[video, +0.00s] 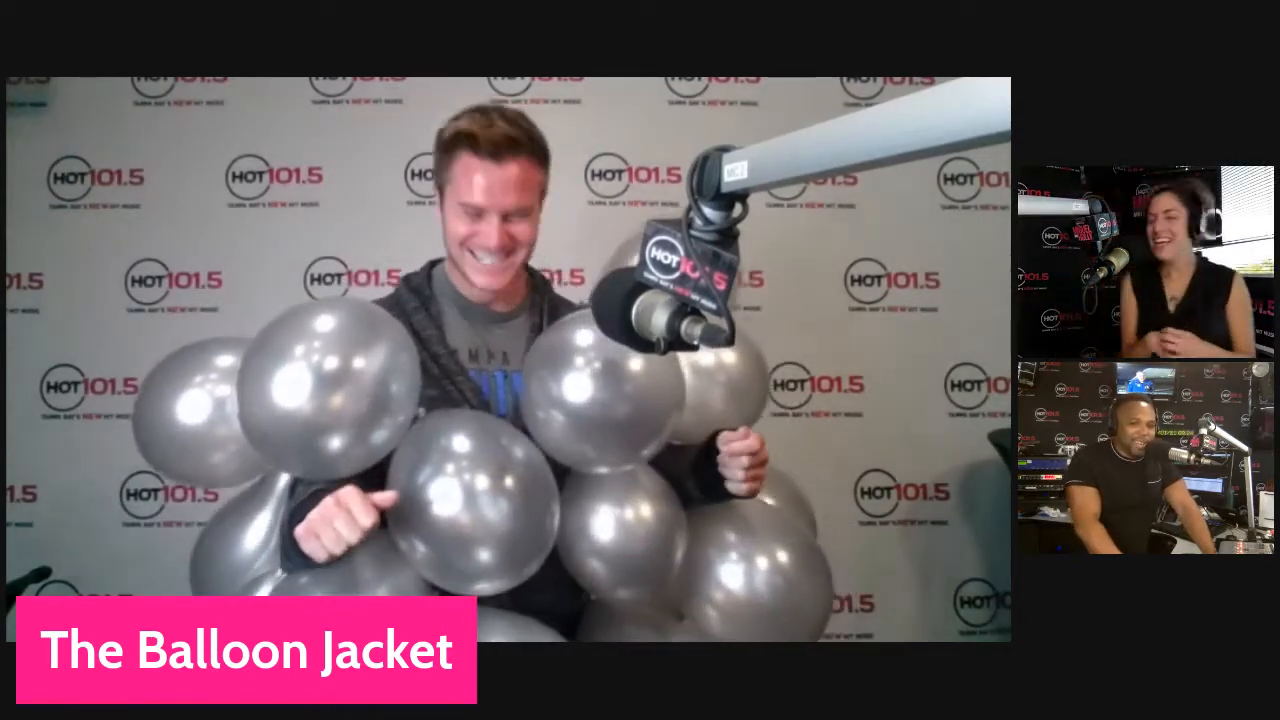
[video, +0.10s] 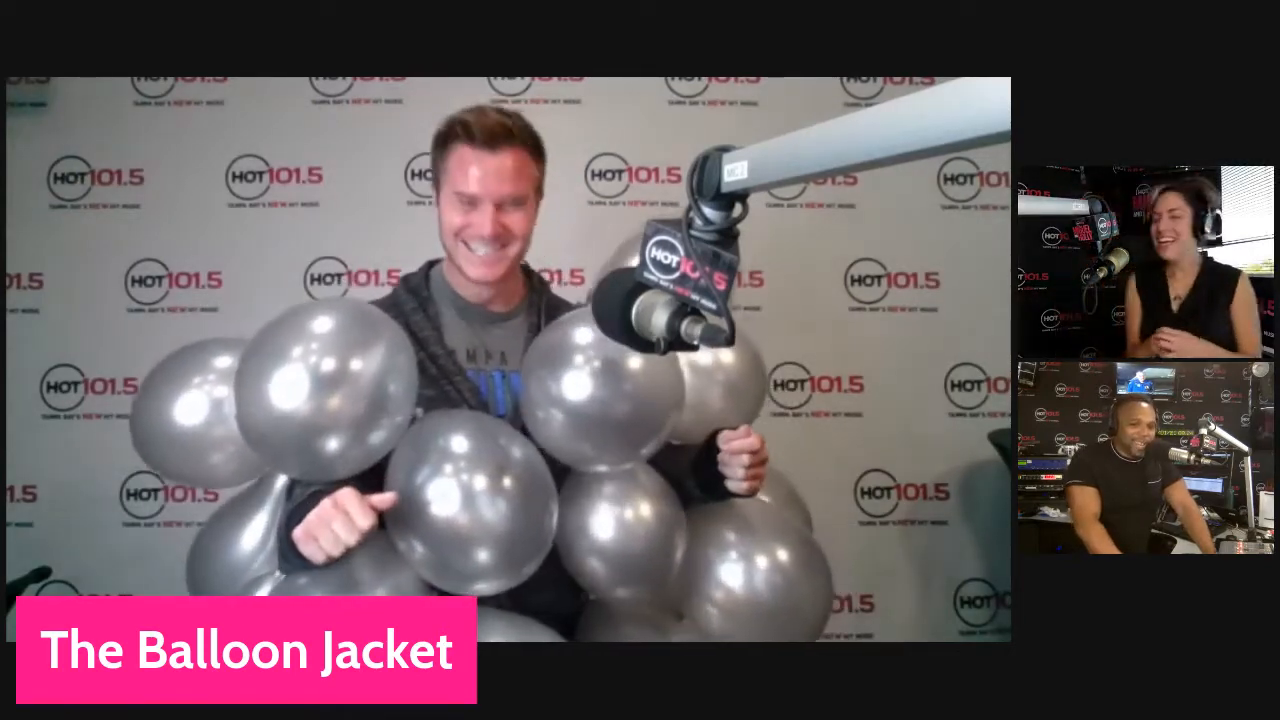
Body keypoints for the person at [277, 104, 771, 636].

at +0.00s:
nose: (494, 237)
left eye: (515, 215)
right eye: (473, 213)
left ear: (540, 214)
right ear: (440, 207)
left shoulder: (583, 334)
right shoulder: (379, 337)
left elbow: (637, 463)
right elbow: (317, 467)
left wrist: (714, 466)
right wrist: (319, 514)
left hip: (568, 608)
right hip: (423, 608)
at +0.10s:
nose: (487, 227)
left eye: (510, 205)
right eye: (466, 202)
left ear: (536, 209)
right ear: (436, 201)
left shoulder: (580, 335)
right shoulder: (376, 338)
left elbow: (634, 460)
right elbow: (313, 467)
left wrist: (712, 464)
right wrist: (316, 515)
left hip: (564, 610)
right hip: (419, 610)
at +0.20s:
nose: (482, 206)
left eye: (503, 186)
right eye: (460, 185)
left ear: (530, 199)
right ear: (430, 198)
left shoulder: (578, 335)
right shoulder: (372, 338)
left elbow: (632, 461)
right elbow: (310, 466)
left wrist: (712, 464)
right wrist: (312, 515)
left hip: (565, 609)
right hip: (419, 609)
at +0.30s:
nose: (482, 203)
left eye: (503, 184)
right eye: (459, 184)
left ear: (529, 199)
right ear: (430, 197)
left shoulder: (577, 335)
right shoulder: (371, 338)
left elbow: (630, 458)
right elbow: (310, 465)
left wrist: (711, 466)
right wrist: (312, 516)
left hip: (564, 610)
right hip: (418, 610)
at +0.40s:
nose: (484, 204)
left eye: (504, 185)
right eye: (461, 186)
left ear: (531, 201)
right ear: (431, 200)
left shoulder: (577, 335)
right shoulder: (371, 339)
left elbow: (629, 459)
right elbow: (312, 466)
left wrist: (711, 468)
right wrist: (313, 519)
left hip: (567, 607)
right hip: (420, 607)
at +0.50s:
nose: (487, 205)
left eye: (507, 186)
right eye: (464, 186)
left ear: (534, 200)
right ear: (434, 200)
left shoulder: (580, 336)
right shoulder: (371, 340)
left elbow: (630, 459)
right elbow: (313, 465)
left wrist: (713, 470)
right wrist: (312, 520)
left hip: (569, 609)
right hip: (420, 608)